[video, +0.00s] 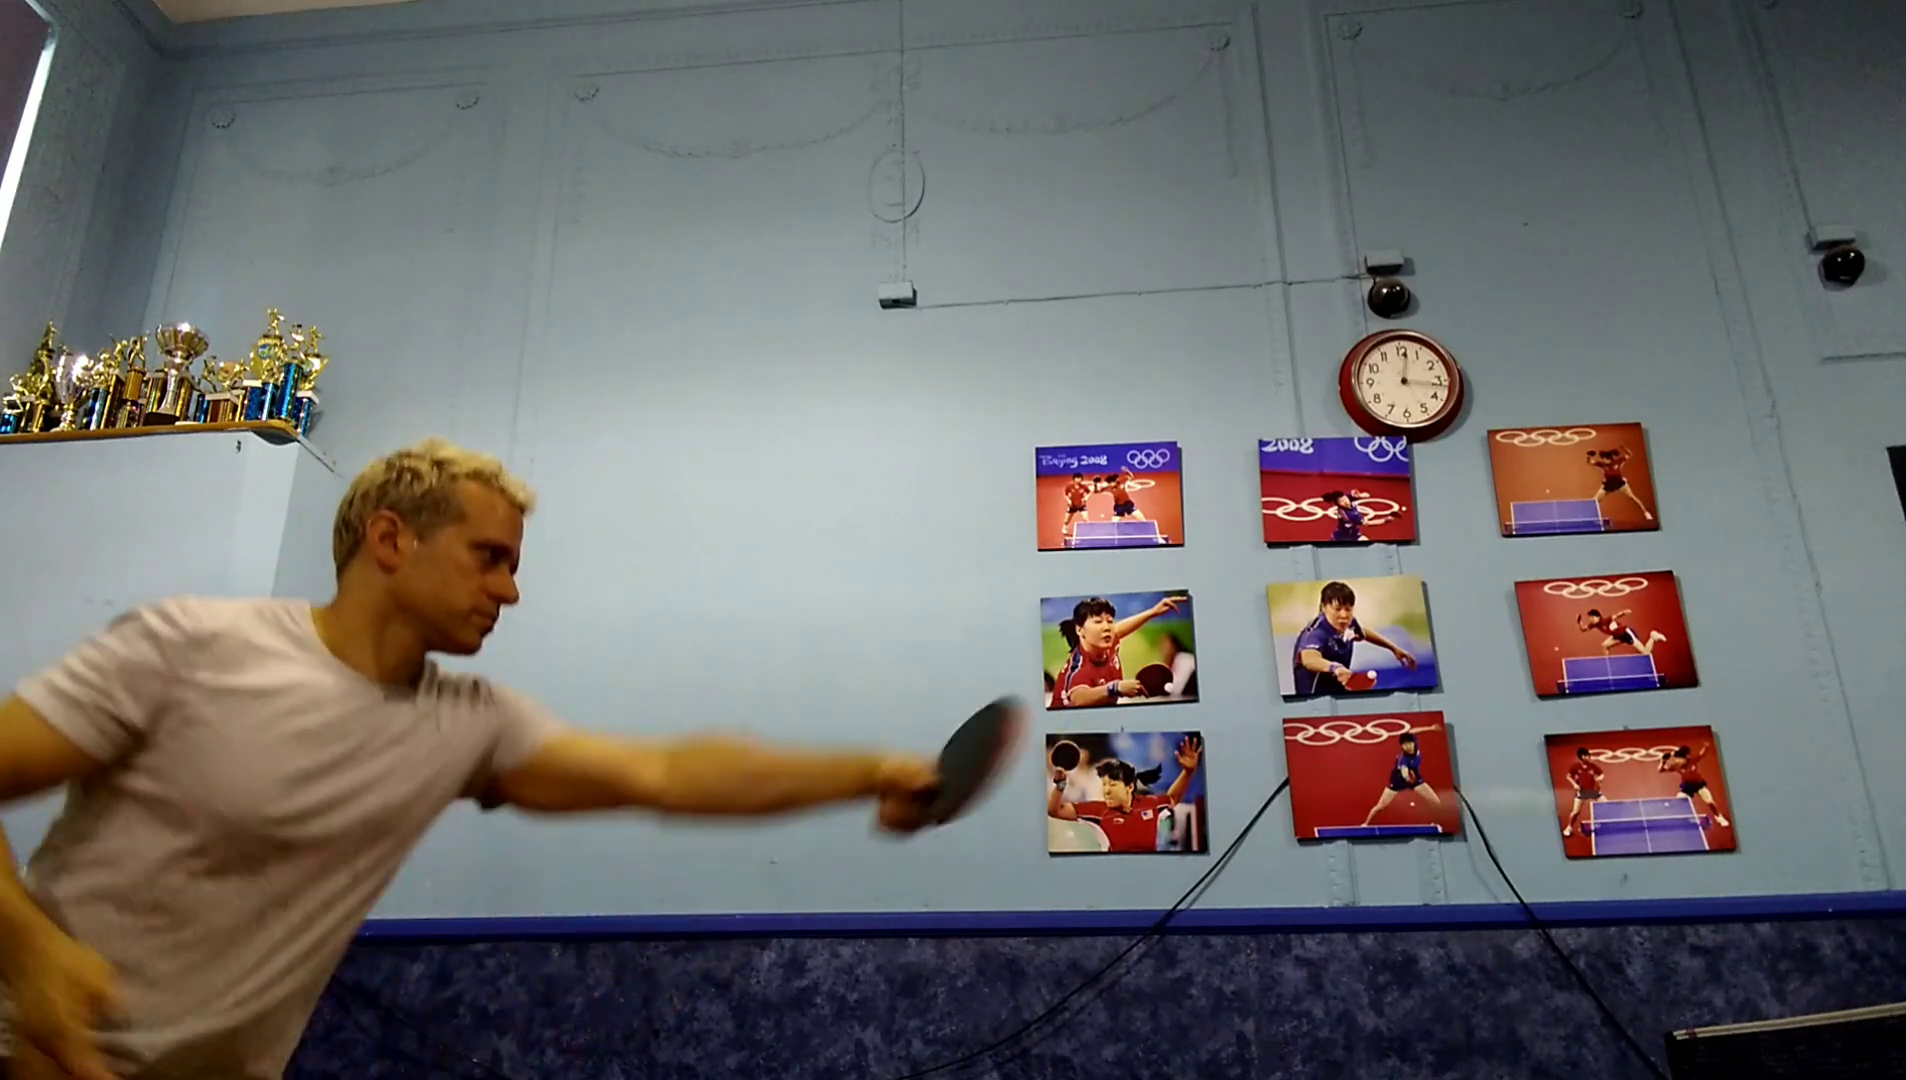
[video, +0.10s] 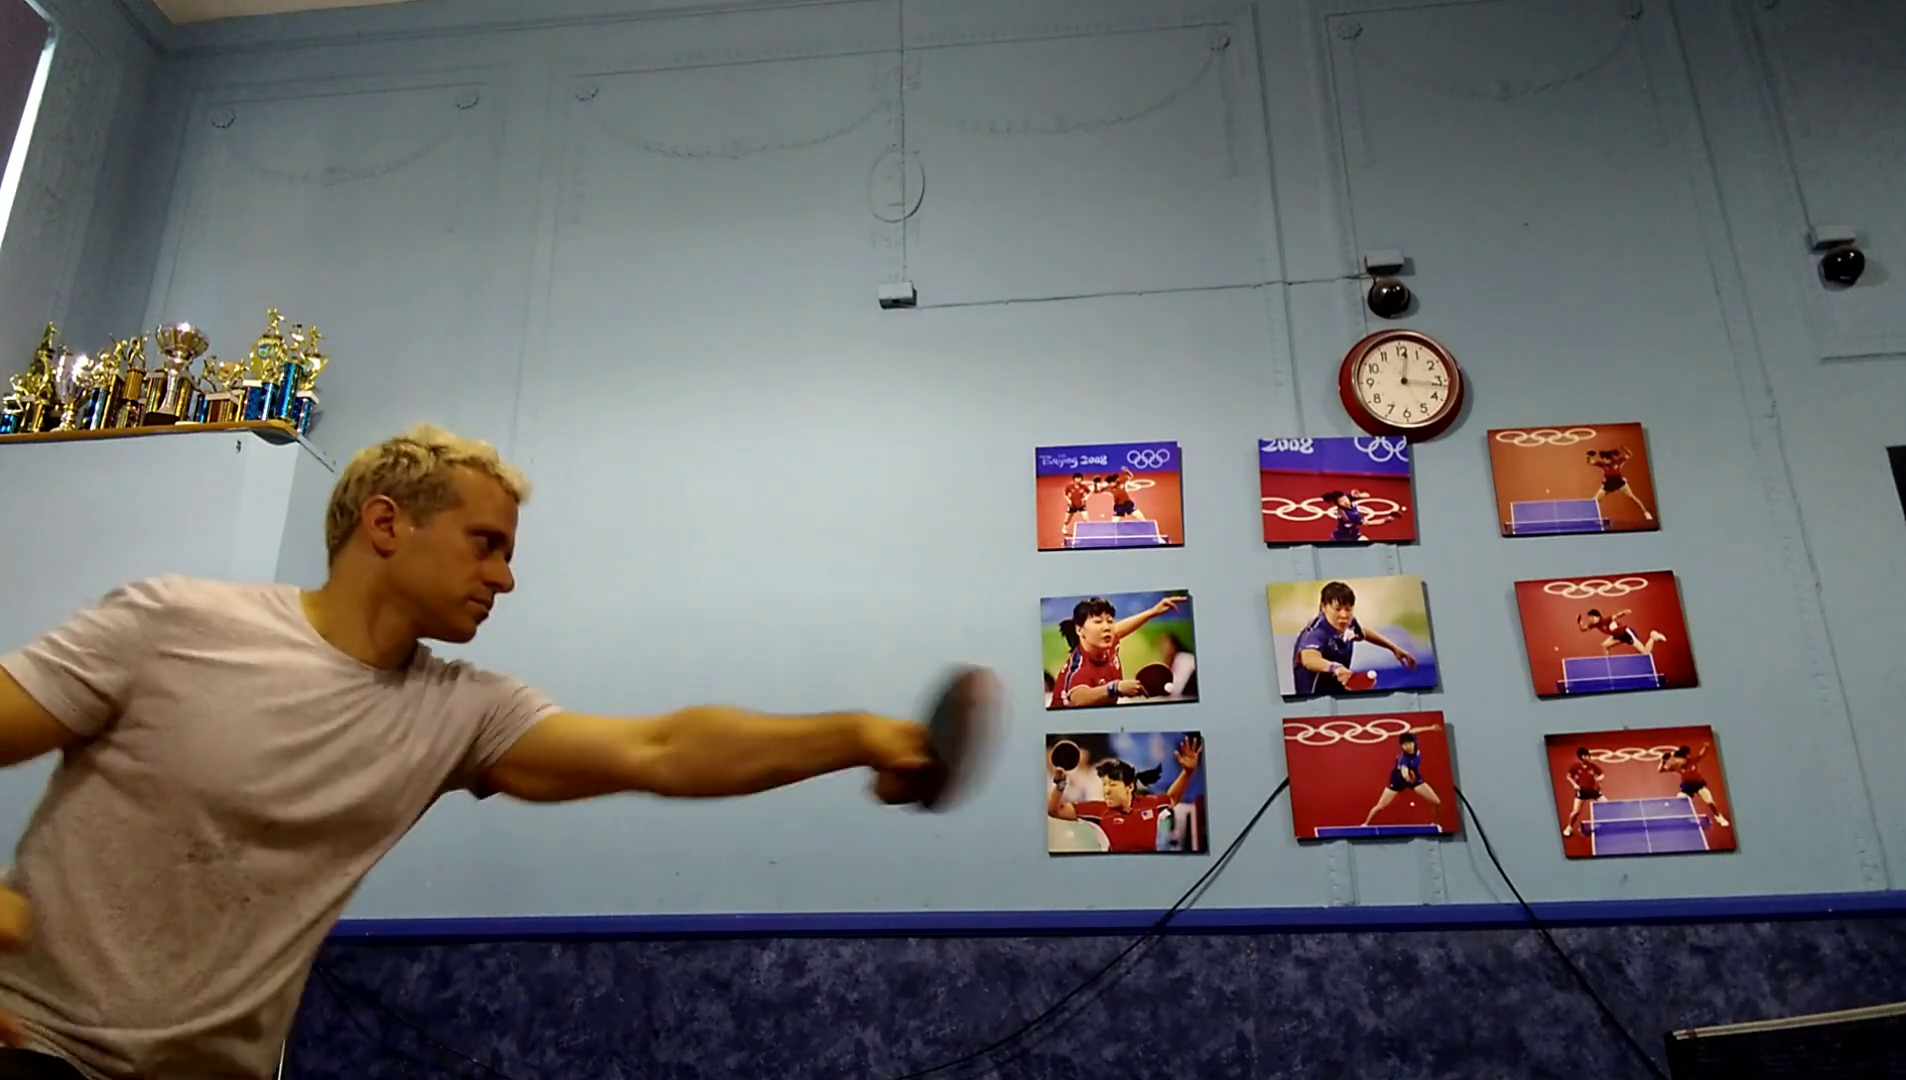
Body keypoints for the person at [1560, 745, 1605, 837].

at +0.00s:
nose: (1588, 757)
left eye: (1588, 755)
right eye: (1586, 755)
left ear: (1588, 756)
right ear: (1581, 757)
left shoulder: (1592, 766)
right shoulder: (1576, 767)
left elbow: (1602, 774)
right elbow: (1568, 776)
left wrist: (1598, 779)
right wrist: (1574, 784)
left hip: (1594, 791)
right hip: (1582, 791)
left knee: (1606, 805)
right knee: (1576, 812)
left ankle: (1607, 826)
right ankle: (1569, 827)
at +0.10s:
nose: (1587, 758)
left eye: (1588, 755)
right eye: (1585, 756)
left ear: (1589, 756)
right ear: (1581, 757)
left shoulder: (1592, 766)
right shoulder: (1576, 767)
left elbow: (1602, 774)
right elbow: (1568, 776)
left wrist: (1598, 779)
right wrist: (1574, 785)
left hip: (1594, 791)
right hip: (1582, 791)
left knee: (1606, 805)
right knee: (1576, 811)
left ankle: (1607, 826)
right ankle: (1569, 827)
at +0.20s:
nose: (1587, 758)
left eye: (1588, 755)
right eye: (1585, 756)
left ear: (1589, 756)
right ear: (1581, 757)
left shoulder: (1592, 766)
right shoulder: (1576, 767)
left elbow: (1602, 774)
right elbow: (1568, 776)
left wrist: (1598, 779)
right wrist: (1574, 785)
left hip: (1594, 791)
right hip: (1582, 791)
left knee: (1606, 805)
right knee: (1576, 811)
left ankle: (1607, 826)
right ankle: (1569, 827)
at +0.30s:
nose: (1587, 758)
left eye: (1588, 755)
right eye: (1585, 756)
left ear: (1589, 756)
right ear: (1581, 757)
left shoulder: (1592, 766)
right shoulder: (1576, 767)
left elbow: (1602, 774)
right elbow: (1569, 776)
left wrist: (1598, 779)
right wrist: (1574, 785)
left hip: (1594, 791)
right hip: (1582, 791)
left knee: (1606, 805)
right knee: (1576, 811)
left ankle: (1607, 826)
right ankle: (1569, 827)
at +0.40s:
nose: (1587, 758)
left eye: (1588, 755)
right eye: (1585, 756)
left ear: (1589, 756)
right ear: (1581, 757)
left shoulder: (1592, 766)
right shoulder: (1576, 766)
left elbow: (1602, 774)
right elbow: (1568, 776)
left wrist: (1598, 779)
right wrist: (1574, 785)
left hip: (1594, 791)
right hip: (1582, 791)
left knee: (1606, 805)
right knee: (1576, 812)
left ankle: (1607, 826)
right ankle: (1569, 827)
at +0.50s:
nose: (1587, 758)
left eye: (1588, 755)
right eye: (1585, 756)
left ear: (1589, 756)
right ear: (1581, 757)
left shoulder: (1592, 766)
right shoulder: (1576, 766)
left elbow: (1602, 774)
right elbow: (1568, 776)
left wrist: (1598, 779)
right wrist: (1574, 785)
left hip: (1594, 791)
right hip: (1582, 791)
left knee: (1606, 805)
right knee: (1576, 812)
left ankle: (1607, 826)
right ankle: (1569, 827)